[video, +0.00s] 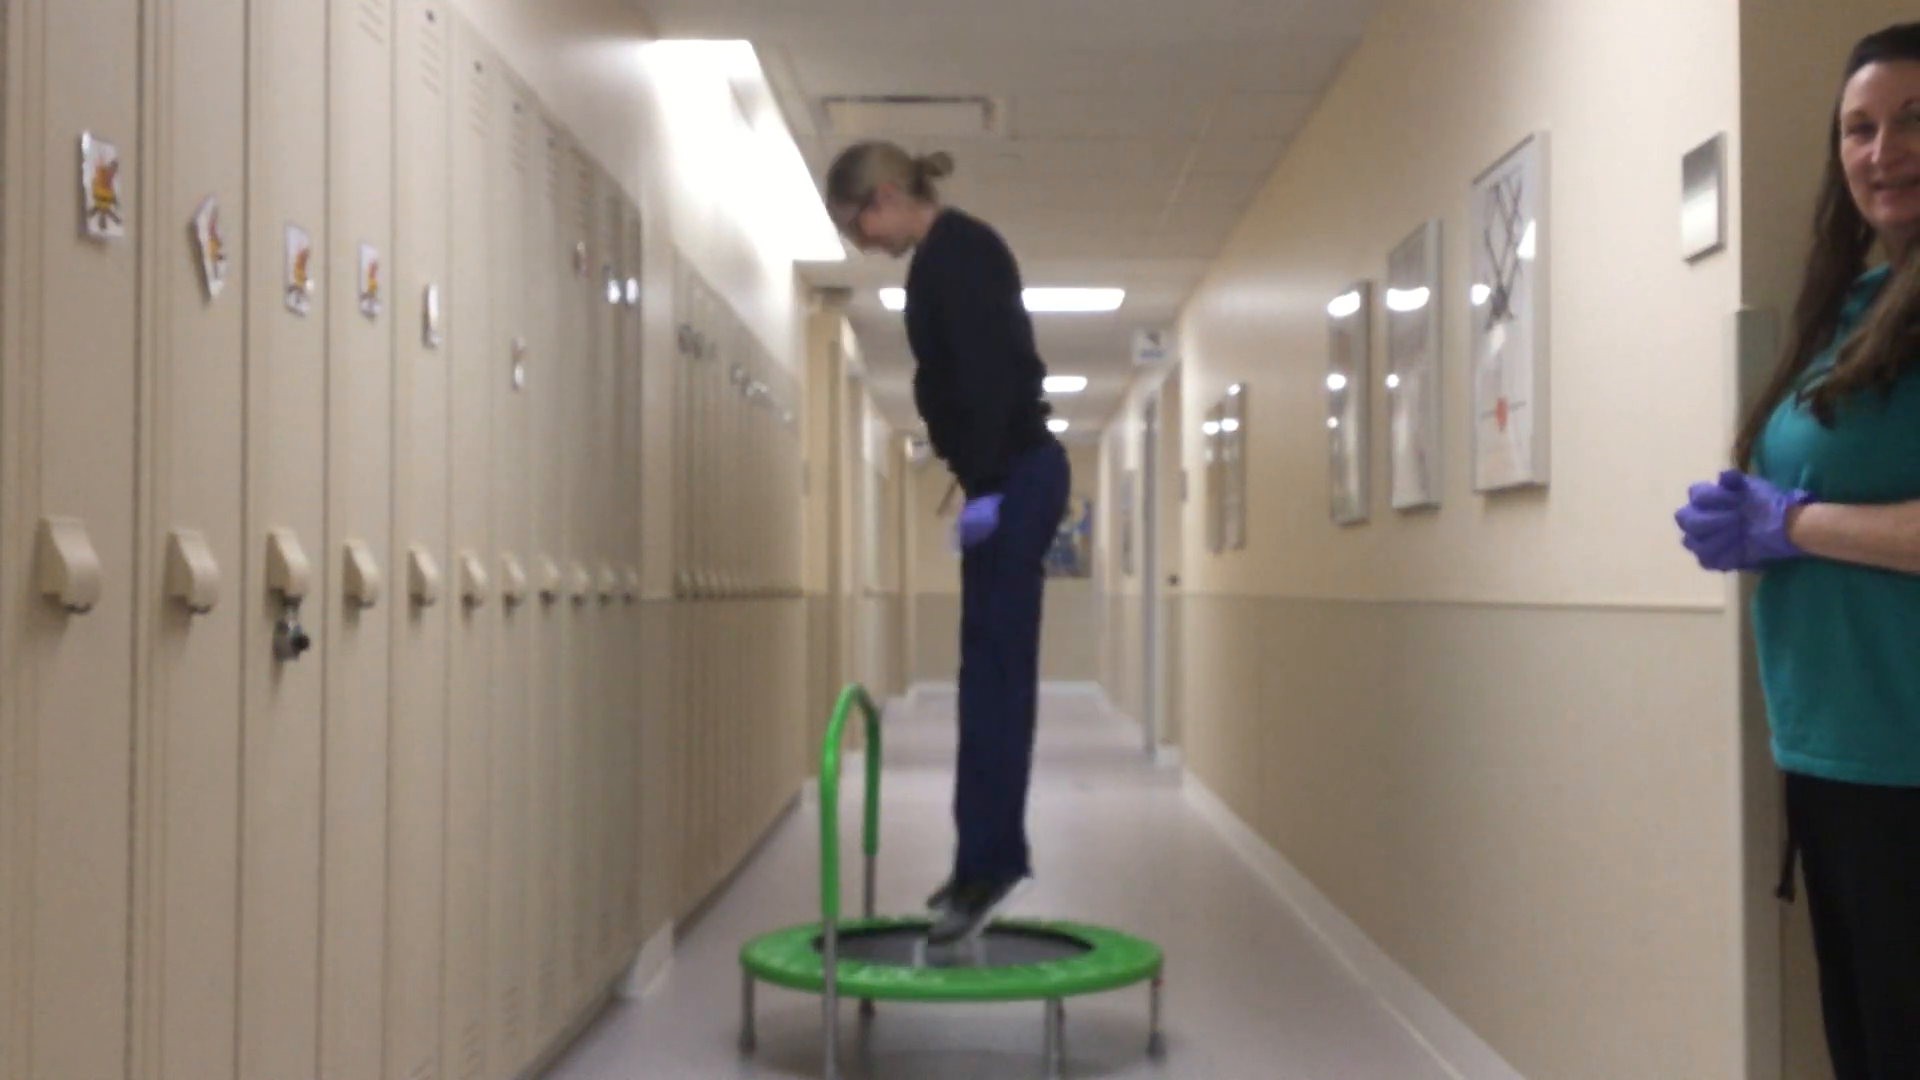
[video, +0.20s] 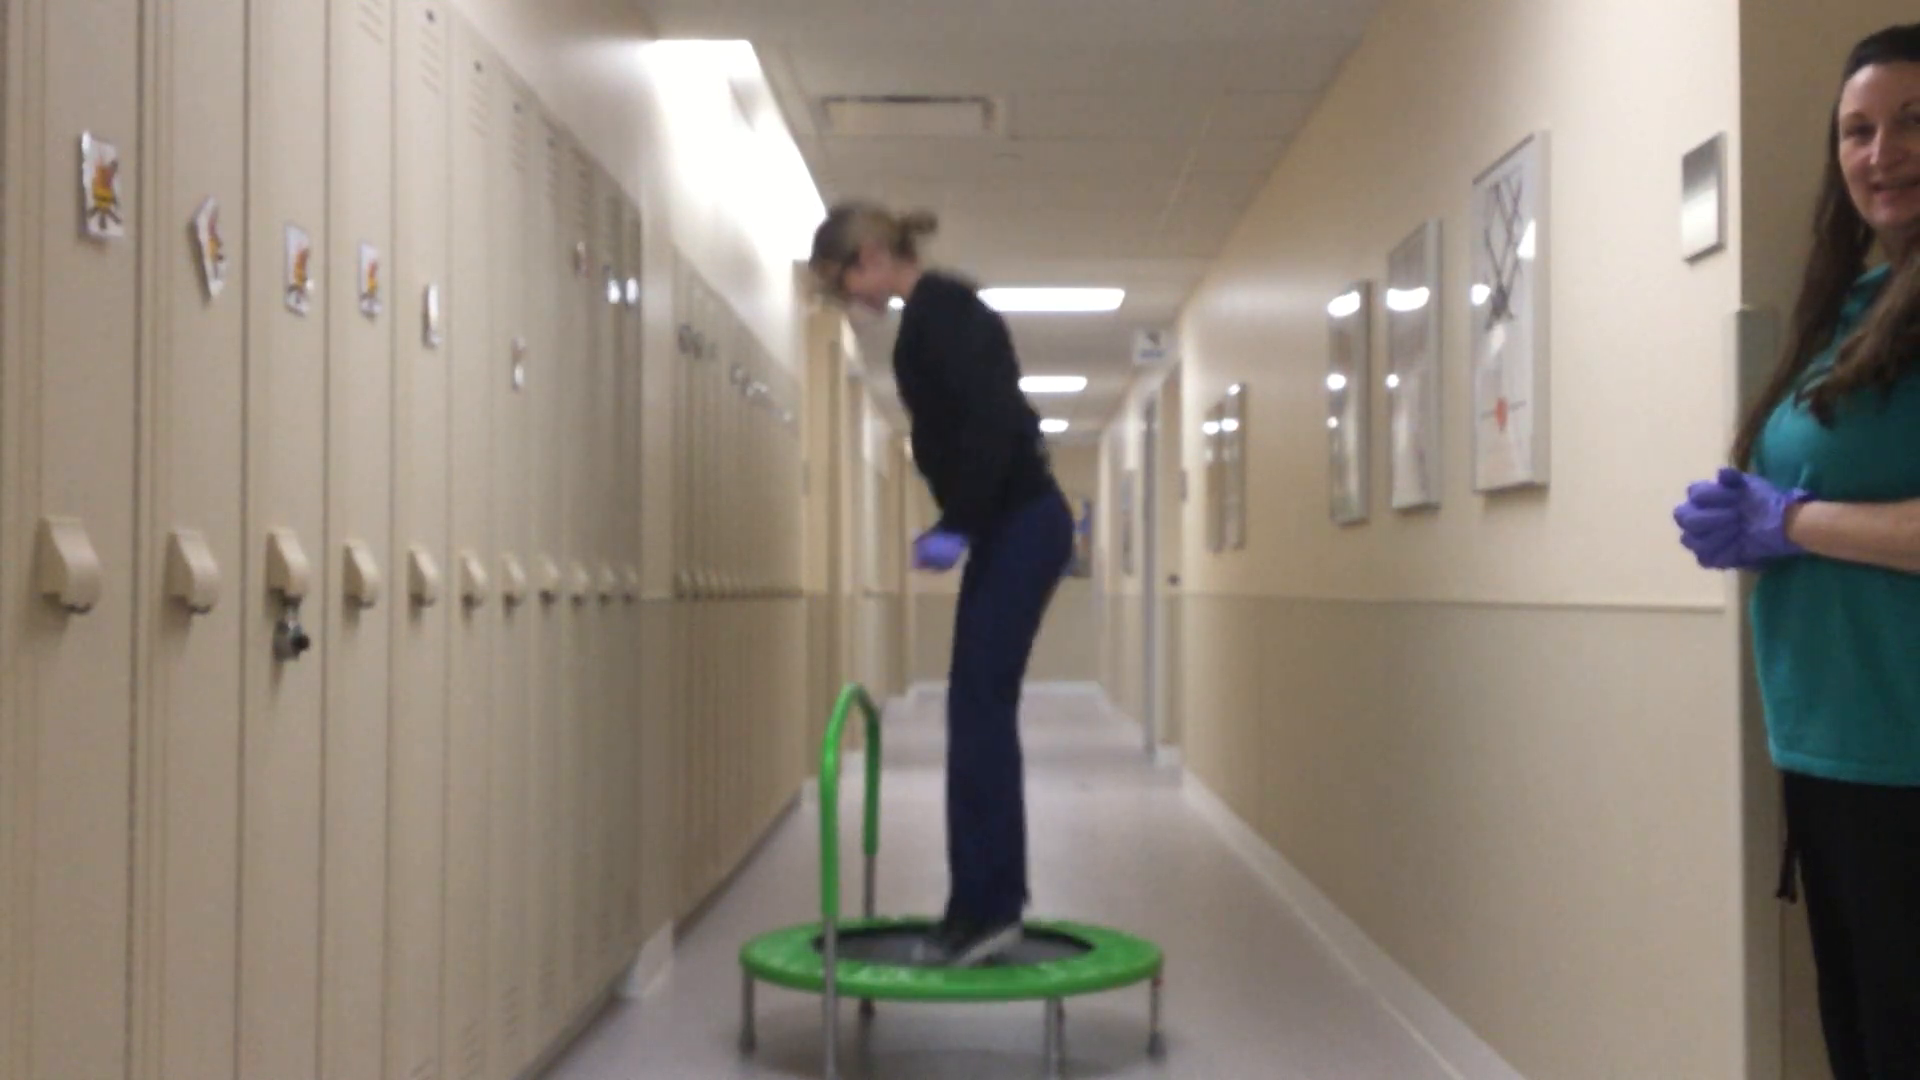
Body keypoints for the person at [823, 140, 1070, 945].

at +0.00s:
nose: (863, 239)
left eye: (861, 221)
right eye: (855, 229)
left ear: (889, 193)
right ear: (885, 202)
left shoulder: (957, 249)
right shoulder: (945, 255)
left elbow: (988, 365)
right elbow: (979, 367)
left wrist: (984, 480)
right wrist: (977, 476)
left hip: (1015, 474)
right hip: (1006, 475)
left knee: (995, 667)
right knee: (990, 667)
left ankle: (990, 860)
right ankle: (984, 856)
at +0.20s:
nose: (853, 299)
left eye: (849, 282)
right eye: (842, 290)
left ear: (874, 252)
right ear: (870, 261)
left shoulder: (944, 309)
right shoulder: (933, 314)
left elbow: (990, 419)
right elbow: (972, 422)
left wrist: (959, 521)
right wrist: (955, 522)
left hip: (1023, 527)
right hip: (1009, 528)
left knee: (980, 708)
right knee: (976, 707)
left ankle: (988, 909)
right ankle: (980, 904)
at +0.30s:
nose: (842, 378)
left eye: (840, 359)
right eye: (832, 367)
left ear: (870, 334)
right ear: (860, 345)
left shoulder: (934, 405)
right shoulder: (922, 406)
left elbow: (969, 516)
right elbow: (951, 520)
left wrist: (899, 576)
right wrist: (895, 573)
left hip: (1033, 609)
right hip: (1027, 607)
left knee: (946, 767)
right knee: (953, 766)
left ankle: (984, 943)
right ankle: (997, 932)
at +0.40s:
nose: (829, 453)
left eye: (827, 436)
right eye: (821, 441)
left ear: (858, 419)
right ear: (866, 420)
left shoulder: (924, 482)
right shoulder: (918, 481)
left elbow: (948, 598)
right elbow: (937, 596)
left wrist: (856, 611)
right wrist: (857, 608)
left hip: (1054, 667)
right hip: (1046, 664)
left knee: (916, 778)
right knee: (917, 776)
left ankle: (978, 939)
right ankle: (988, 929)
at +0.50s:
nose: (827, 492)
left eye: (826, 474)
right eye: (819, 481)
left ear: (859, 456)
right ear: (864, 459)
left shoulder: (922, 519)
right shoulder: (913, 519)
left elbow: (939, 637)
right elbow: (931, 633)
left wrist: (848, 630)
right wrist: (851, 628)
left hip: (1063, 695)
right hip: (1058, 692)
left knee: (913, 796)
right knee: (918, 793)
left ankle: (972, 950)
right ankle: (990, 929)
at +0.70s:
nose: (854, 393)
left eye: (855, 374)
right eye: (846, 381)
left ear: (887, 353)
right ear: (873, 365)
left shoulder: (940, 426)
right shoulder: (930, 426)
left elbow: (965, 549)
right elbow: (955, 550)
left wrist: (880, 604)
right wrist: (883, 601)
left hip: (1045, 632)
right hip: (1037, 630)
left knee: (928, 783)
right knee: (930, 781)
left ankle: (981, 942)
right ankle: (982, 936)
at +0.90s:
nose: (875, 253)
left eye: (873, 234)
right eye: (867, 241)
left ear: (901, 208)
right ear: (900, 216)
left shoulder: (963, 264)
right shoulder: (956, 271)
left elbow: (997, 379)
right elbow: (991, 383)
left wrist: (990, 490)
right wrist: (980, 489)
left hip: (1019, 494)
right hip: (1013, 494)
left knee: (994, 691)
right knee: (992, 690)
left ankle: (987, 884)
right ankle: (991, 874)